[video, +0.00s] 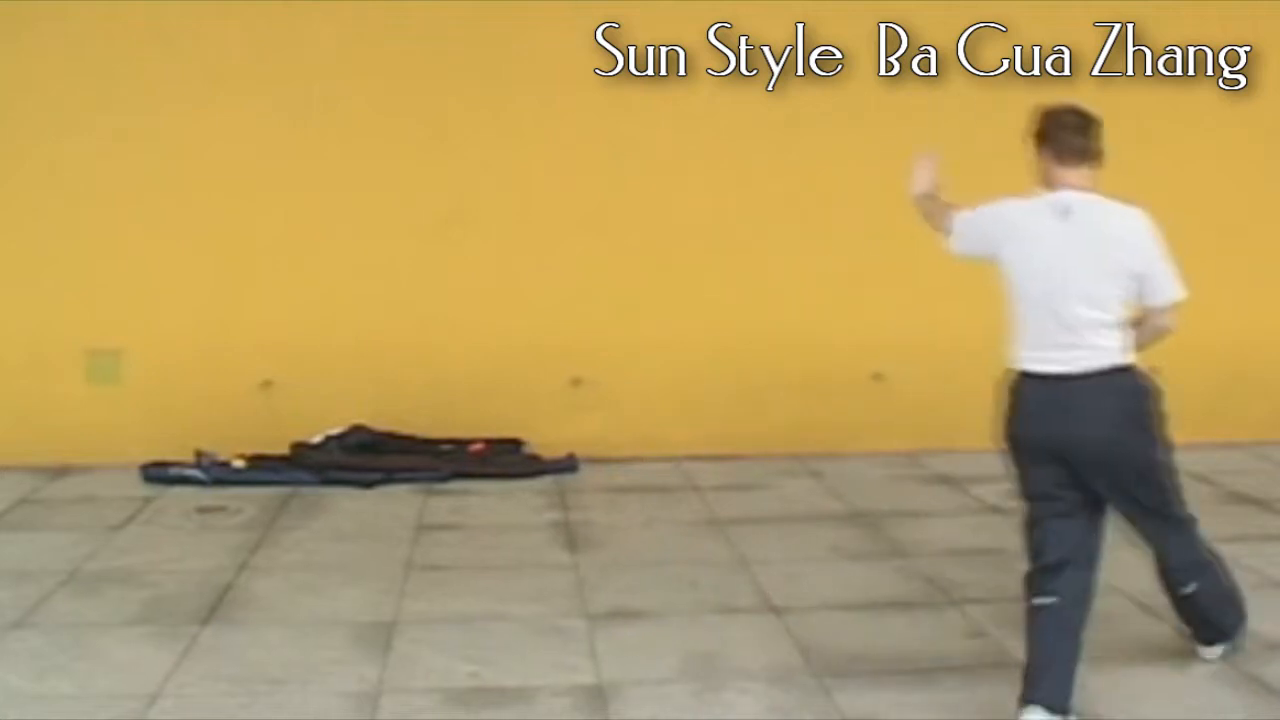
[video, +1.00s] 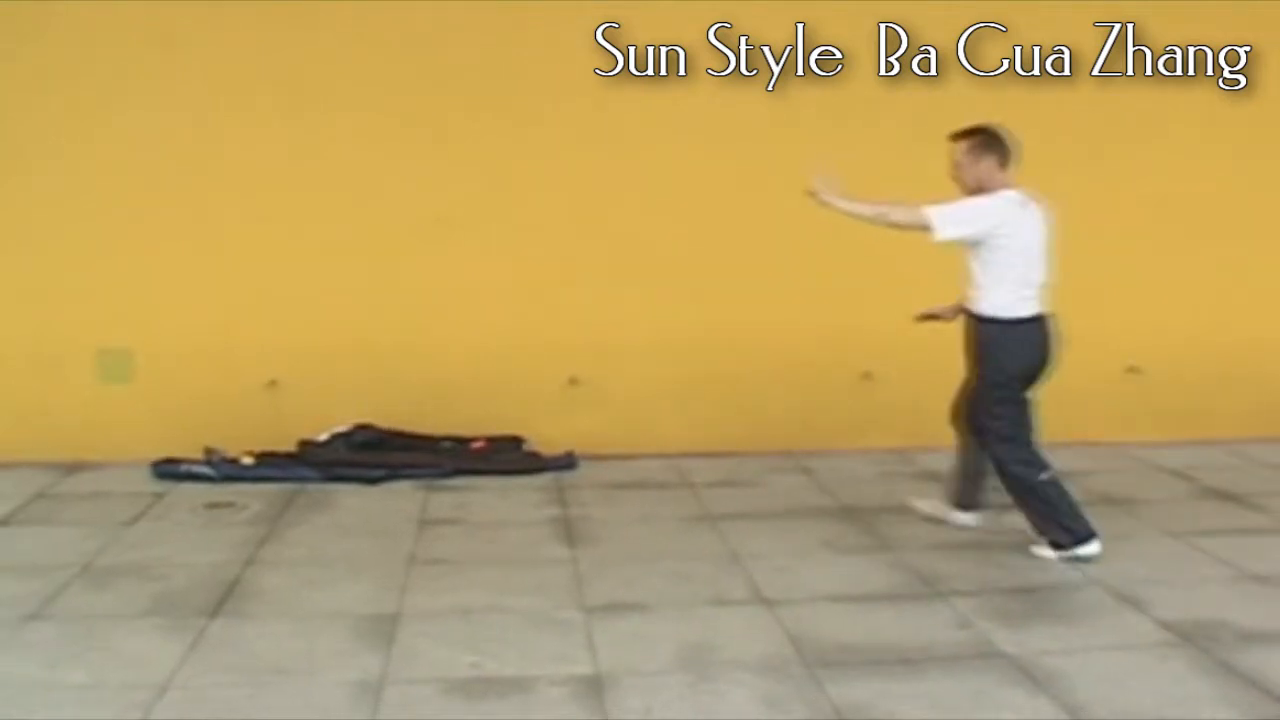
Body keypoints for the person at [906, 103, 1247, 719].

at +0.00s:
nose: (1047, 165)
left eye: (1043, 155)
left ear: (1042, 157)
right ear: (1098, 158)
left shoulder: (1015, 219)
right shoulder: (1129, 222)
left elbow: (952, 225)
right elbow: (1163, 316)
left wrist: (923, 195)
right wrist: (1111, 347)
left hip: (1035, 405)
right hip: (1112, 402)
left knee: (1056, 561)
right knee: (1166, 523)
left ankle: (1043, 703)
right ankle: (1220, 627)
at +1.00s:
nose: (955, 173)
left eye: (961, 163)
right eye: (955, 163)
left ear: (989, 164)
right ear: (997, 166)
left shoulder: (994, 208)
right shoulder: (1028, 207)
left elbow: (916, 217)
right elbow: (1012, 278)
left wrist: (839, 203)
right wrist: (958, 308)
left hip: (1002, 342)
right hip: (1027, 337)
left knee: (1004, 438)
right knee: (972, 415)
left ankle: (1075, 538)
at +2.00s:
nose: (629, 165)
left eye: (637, 158)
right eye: (625, 157)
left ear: (653, 162)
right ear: (616, 161)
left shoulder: (674, 202)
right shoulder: (621, 211)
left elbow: (669, 216)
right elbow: (600, 257)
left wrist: (640, 188)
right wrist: (602, 293)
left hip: (654, 313)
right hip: (619, 311)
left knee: (625, 410)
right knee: (570, 405)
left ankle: (644, 496)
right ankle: (591, 481)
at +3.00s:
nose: (418, 184)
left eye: (422, 174)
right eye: (408, 172)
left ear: (423, 174)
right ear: (376, 169)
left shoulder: (427, 217)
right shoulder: (335, 222)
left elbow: (492, 194)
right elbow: (317, 295)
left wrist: (545, 158)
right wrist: (380, 347)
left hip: (403, 356)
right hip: (343, 349)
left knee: (382, 485)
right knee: (306, 467)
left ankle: (340, 588)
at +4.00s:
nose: (288, 165)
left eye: (285, 157)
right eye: (295, 156)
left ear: (287, 155)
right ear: (332, 151)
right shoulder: (375, 196)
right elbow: (458, 217)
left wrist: (199, 270)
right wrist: (490, 276)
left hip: (315, 357)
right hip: (383, 350)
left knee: (307, 487)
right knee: (407, 473)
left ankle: (344, 612)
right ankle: (425, 585)